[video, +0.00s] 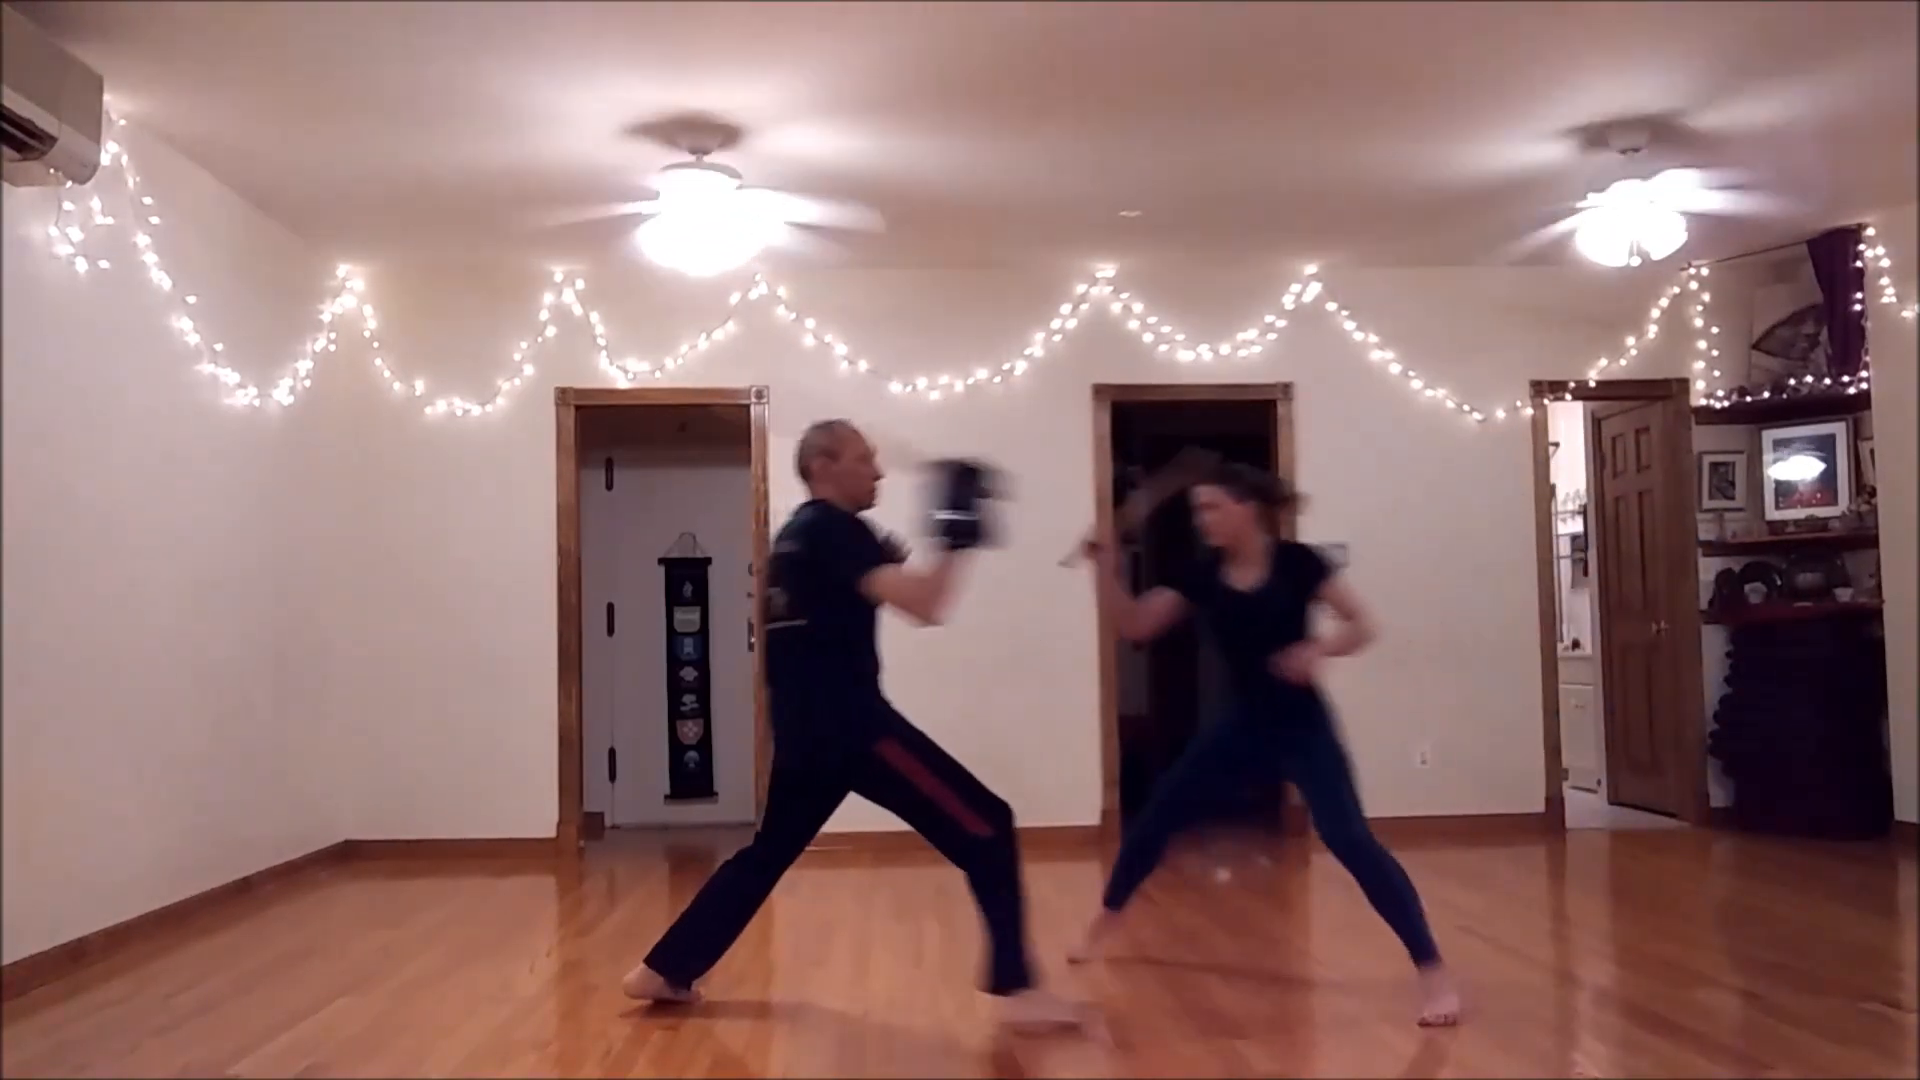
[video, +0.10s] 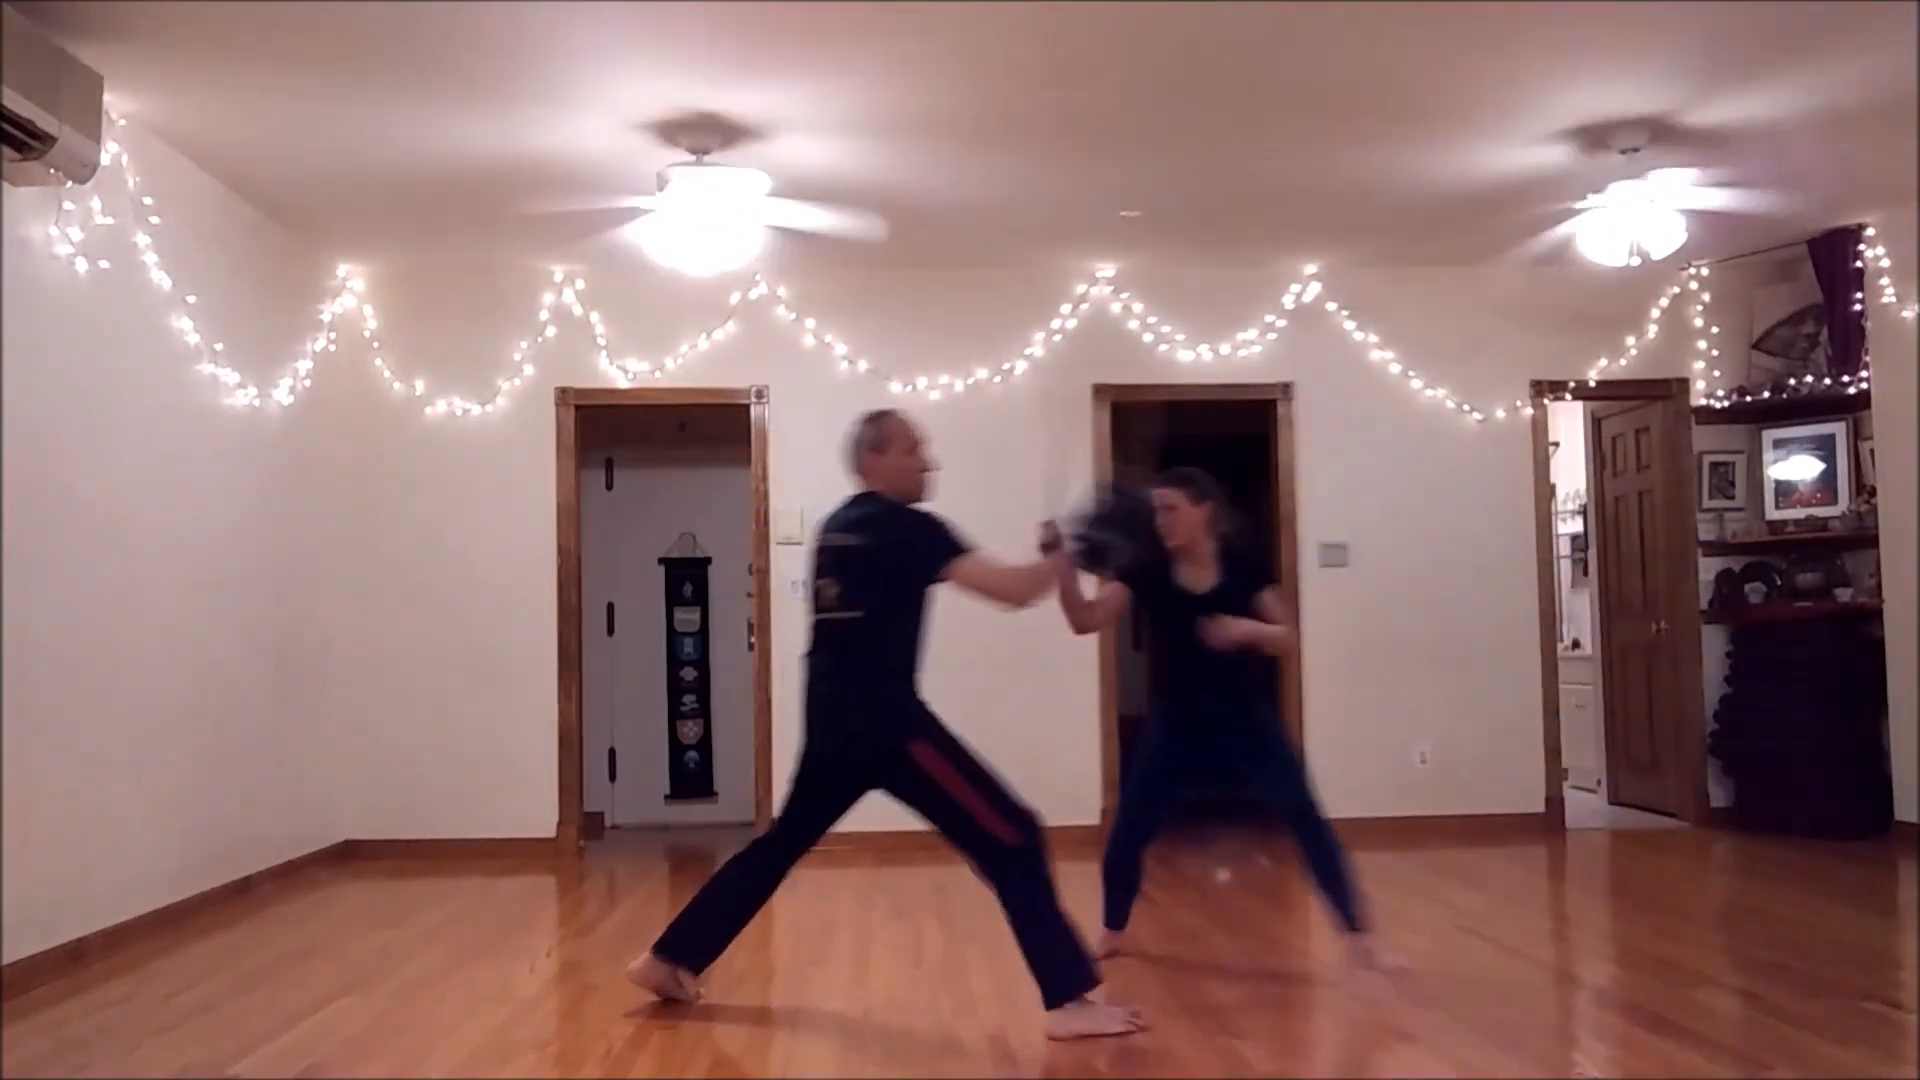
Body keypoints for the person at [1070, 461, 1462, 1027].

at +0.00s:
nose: (1202, 520)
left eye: (1212, 508)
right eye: (1198, 511)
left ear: (1250, 508)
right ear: (1200, 519)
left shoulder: (1297, 564)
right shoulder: (1204, 573)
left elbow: (1362, 627)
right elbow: (1135, 624)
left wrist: (1319, 648)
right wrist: (1106, 568)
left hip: (1300, 723)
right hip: (1237, 725)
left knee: (1346, 837)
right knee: (1163, 808)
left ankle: (1430, 968)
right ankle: (1108, 915)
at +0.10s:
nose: (1161, 522)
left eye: (1171, 511)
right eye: (1157, 512)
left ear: (1205, 511)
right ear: (1154, 518)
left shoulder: (1243, 571)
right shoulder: (1148, 576)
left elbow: (1289, 638)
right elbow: (1084, 619)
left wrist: (1248, 631)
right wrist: (1061, 563)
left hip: (1247, 728)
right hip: (1175, 731)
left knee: (1305, 819)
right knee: (1129, 828)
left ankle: (1358, 935)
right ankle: (1112, 931)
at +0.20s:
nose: (1134, 523)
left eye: (1145, 512)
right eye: (1127, 513)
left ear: (1176, 514)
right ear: (1121, 518)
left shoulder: (1206, 572)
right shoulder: (1118, 571)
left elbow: (1238, 638)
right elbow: (1074, 626)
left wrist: (1220, 623)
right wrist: (1117, 590)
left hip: (1193, 716)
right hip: (1135, 718)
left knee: (1244, 795)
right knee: (1117, 827)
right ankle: (1081, 925)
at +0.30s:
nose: (1120, 527)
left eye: (1130, 514)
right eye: (1111, 518)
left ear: (1155, 515)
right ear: (1102, 522)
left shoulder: (1180, 563)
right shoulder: (1095, 572)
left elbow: (1207, 625)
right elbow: (1081, 636)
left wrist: (1165, 592)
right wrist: (1132, 654)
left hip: (1164, 700)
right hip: (1106, 702)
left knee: (1186, 817)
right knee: (1112, 814)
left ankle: (1144, 868)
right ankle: (1074, 871)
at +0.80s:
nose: (1098, 537)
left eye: (1107, 528)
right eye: (1088, 528)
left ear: (1120, 530)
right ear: (1073, 530)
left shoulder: (1122, 575)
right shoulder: (1063, 571)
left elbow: (1124, 641)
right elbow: (1052, 639)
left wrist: (1107, 690)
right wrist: (1099, 691)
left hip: (1088, 697)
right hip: (1049, 694)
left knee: (1090, 808)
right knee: (1055, 808)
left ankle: (1083, 913)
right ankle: (1050, 915)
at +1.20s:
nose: (1075, 535)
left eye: (1081, 525)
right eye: (1066, 526)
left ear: (1092, 527)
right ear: (1049, 528)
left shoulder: (1097, 579)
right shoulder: (1031, 569)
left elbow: (1102, 640)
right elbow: (1002, 545)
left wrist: (1105, 671)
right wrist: (1039, 526)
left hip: (1075, 703)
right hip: (1028, 701)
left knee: (1080, 814)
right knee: (1038, 815)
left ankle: (1068, 919)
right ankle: (1023, 923)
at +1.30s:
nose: (1063, 532)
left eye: (1071, 522)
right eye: (1053, 524)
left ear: (1084, 526)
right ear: (1038, 529)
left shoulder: (1092, 577)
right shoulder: (1025, 575)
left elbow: (1095, 633)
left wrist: (1106, 659)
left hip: (1072, 701)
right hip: (1025, 702)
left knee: (1074, 817)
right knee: (1039, 819)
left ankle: (1070, 918)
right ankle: (1022, 925)